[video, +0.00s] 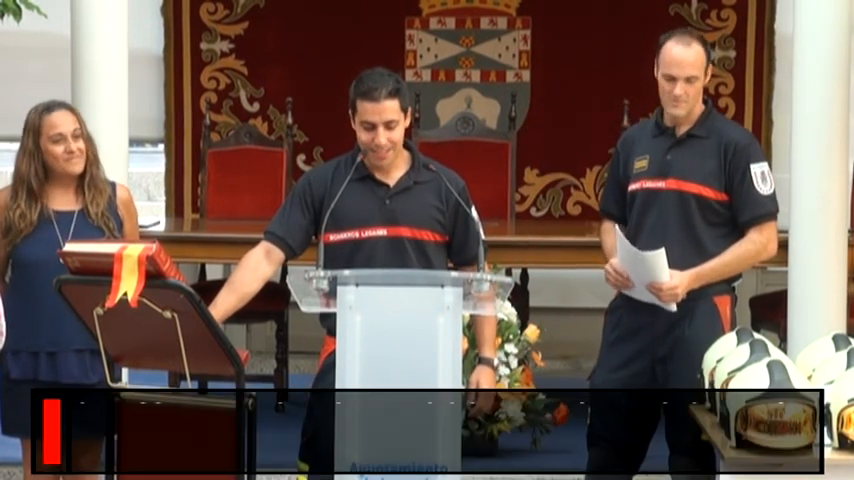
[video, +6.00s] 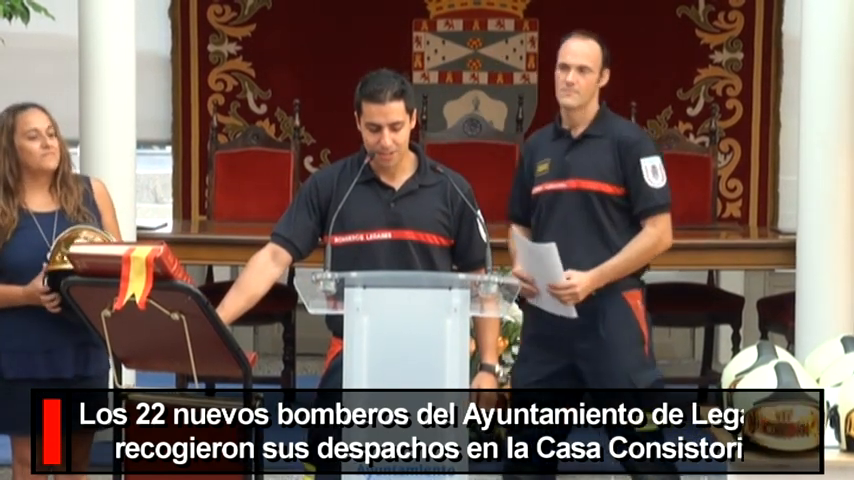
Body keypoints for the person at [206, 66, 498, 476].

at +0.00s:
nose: (379, 139)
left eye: (390, 126)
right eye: (368, 127)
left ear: (408, 119)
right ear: (353, 123)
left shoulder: (447, 188)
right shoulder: (322, 184)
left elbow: (477, 279)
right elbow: (267, 255)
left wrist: (486, 361)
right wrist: (207, 322)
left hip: (428, 356)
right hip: (347, 355)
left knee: (427, 469)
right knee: (324, 465)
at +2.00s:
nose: (380, 139)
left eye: (391, 126)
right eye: (368, 127)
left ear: (407, 119)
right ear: (352, 122)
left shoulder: (446, 188)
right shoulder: (322, 184)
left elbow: (475, 281)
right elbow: (267, 255)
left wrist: (483, 364)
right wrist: (208, 322)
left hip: (427, 351)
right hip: (347, 350)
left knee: (429, 468)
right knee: (330, 464)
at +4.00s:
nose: (381, 140)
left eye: (391, 126)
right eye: (369, 127)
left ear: (409, 120)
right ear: (354, 123)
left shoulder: (448, 191)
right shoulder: (324, 185)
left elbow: (477, 282)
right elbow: (270, 256)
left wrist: (485, 366)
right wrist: (214, 321)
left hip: (430, 355)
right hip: (350, 353)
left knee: (432, 470)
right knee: (330, 465)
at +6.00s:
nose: (384, 141)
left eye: (395, 127)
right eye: (373, 128)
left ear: (413, 121)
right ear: (358, 124)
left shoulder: (452, 191)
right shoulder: (329, 186)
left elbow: (481, 282)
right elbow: (274, 257)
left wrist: (489, 366)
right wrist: (214, 324)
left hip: (434, 353)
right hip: (354, 352)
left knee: (437, 469)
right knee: (333, 464)